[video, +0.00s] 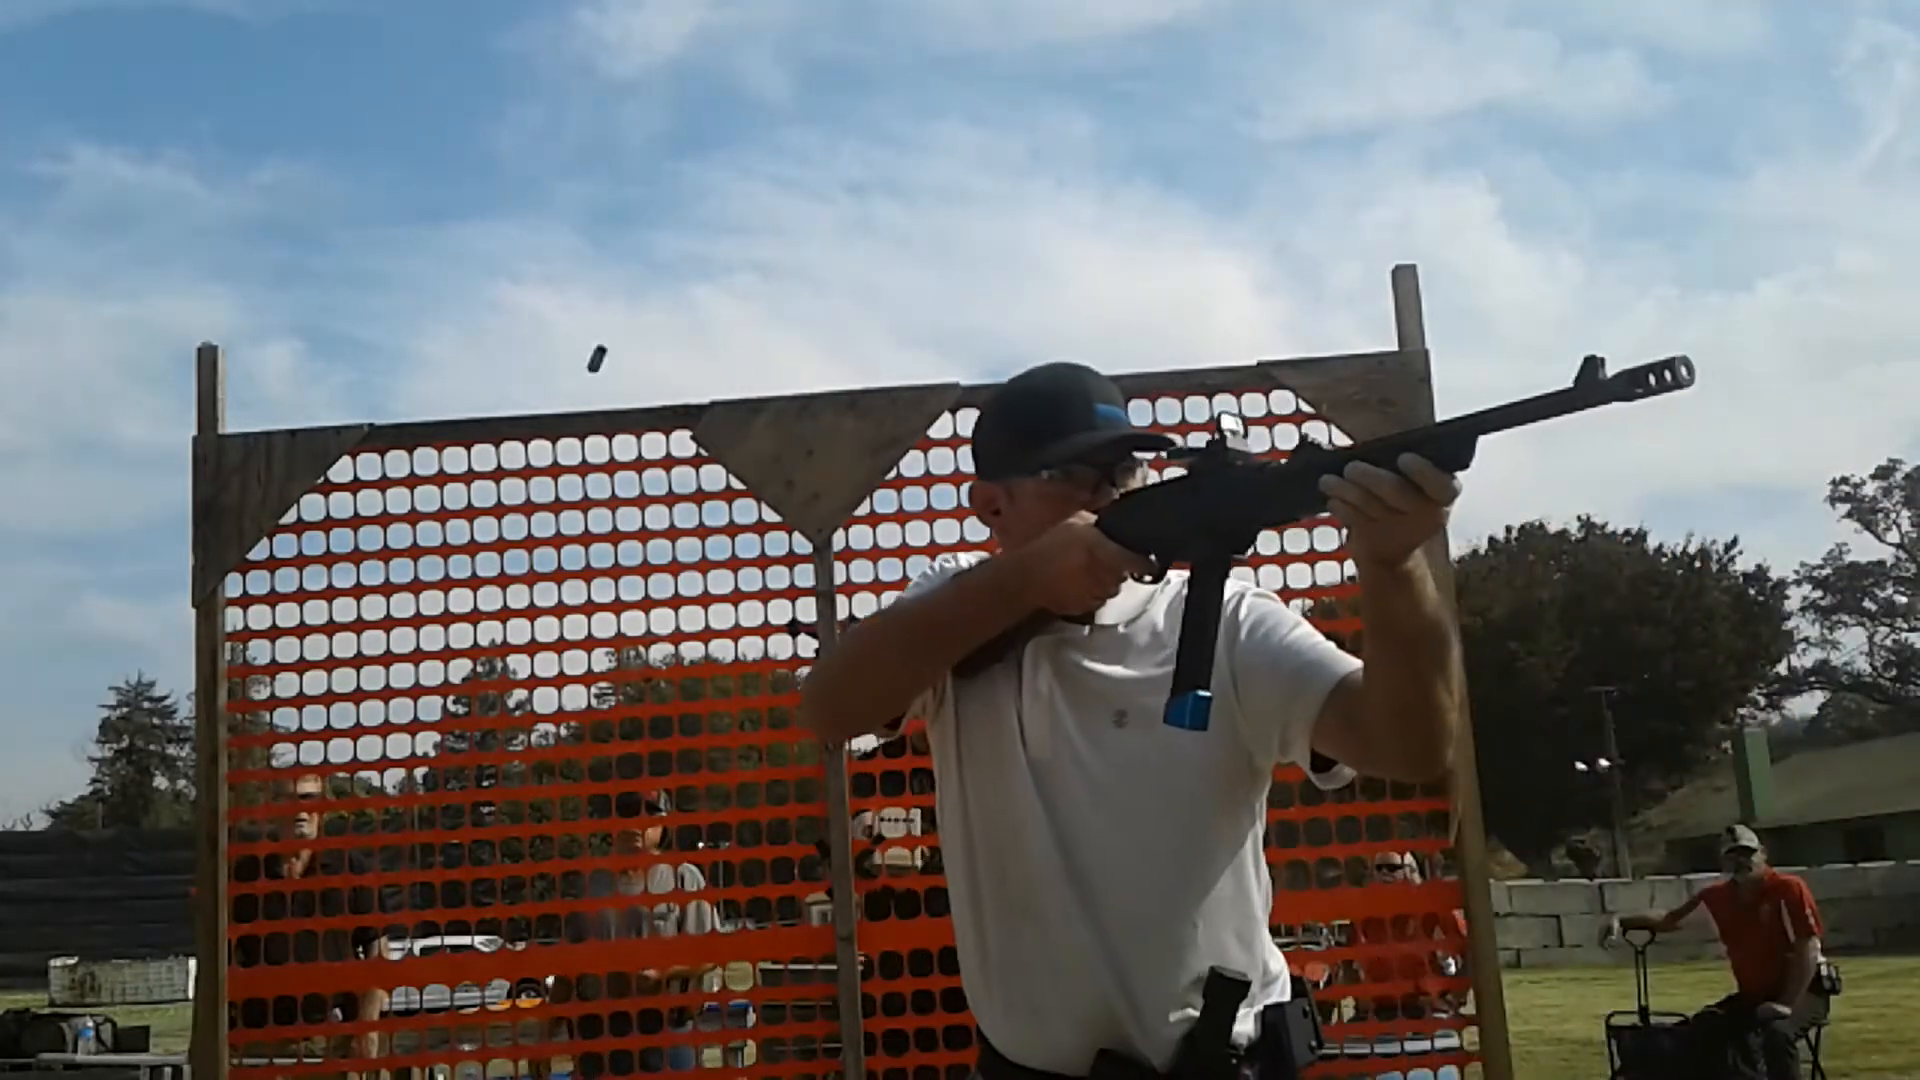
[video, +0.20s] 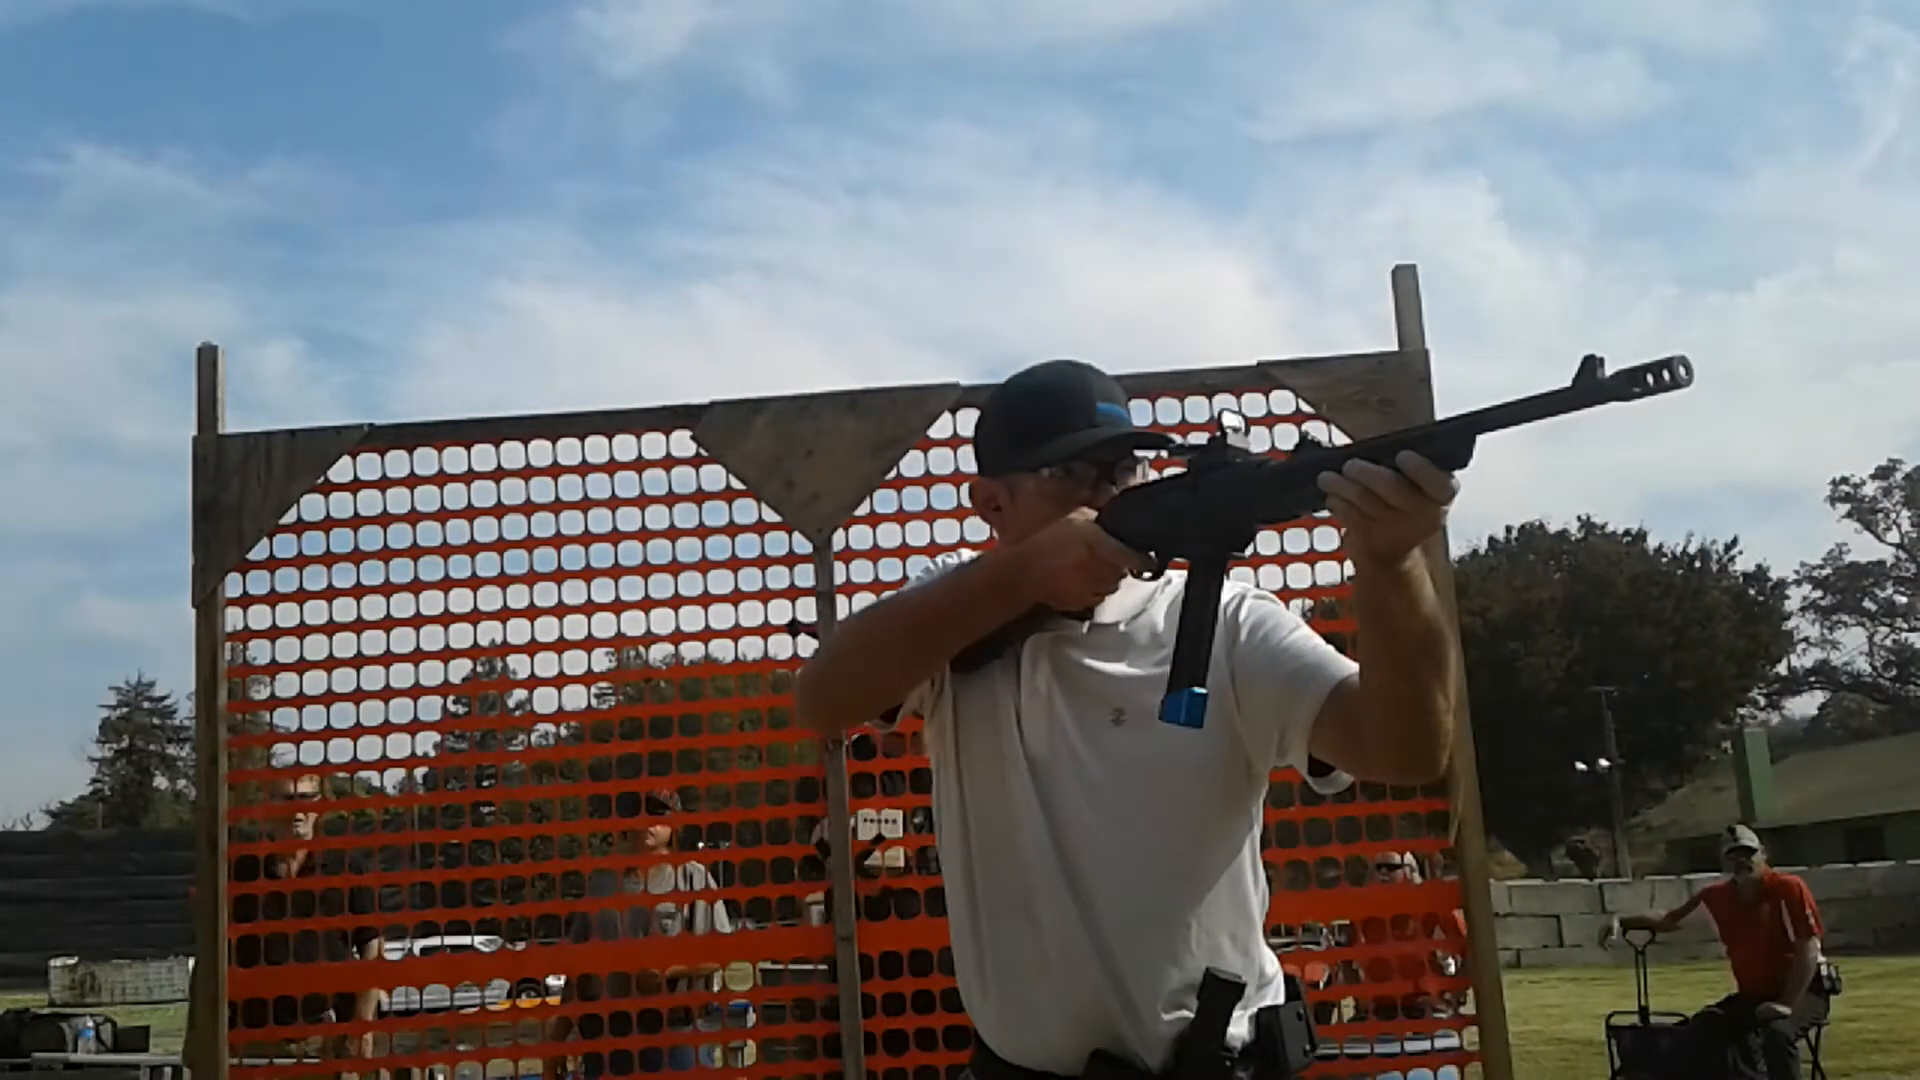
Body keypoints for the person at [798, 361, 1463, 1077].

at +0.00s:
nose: (1112, 498)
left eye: (1123, 472)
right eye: (1077, 477)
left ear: (1144, 479)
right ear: (993, 503)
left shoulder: (1224, 621)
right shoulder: (952, 624)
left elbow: (1413, 750)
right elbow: (828, 707)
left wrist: (1397, 571)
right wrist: (1024, 580)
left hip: (1227, 1052)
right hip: (1027, 1059)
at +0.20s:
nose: (1114, 496)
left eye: (1125, 468)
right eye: (1082, 474)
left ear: (1146, 475)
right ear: (995, 499)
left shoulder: (1224, 621)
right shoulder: (951, 635)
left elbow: (1406, 752)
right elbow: (820, 700)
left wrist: (1390, 569)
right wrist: (1024, 575)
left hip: (1220, 1055)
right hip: (1020, 1062)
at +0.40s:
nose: (1115, 501)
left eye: (1125, 474)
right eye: (1083, 480)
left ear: (1146, 481)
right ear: (993, 503)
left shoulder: (1223, 630)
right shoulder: (947, 643)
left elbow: (1412, 751)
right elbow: (821, 699)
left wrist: (1394, 565)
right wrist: (1022, 579)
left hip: (1208, 1057)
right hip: (1007, 1064)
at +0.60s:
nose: (1077, 515)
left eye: (1089, 487)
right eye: (1042, 494)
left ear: (1109, 494)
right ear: (951, 521)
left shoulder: (1181, 646)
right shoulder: (905, 640)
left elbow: (1369, 766)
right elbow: (780, 722)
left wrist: (1357, 594)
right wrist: (981, 600)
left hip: (1172, 1054)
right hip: (972, 1059)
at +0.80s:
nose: (987, 530)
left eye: (1005, 501)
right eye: (952, 507)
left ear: (1029, 510)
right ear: (872, 534)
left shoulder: (1101, 654)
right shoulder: (826, 643)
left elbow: (1288, 779)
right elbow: (697, 737)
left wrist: (1286, 613)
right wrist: (903, 611)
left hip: (1092, 1061)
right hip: (893, 1066)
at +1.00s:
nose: (932, 528)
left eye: (946, 502)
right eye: (899, 506)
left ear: (967, 511)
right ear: (812, 531)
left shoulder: (1036, 654)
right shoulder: (767, 630)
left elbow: (1216, 782)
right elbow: (634, 733)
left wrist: (1212, 619)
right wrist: (839, 611)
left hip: (1029, 1054)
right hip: (832, 1060)